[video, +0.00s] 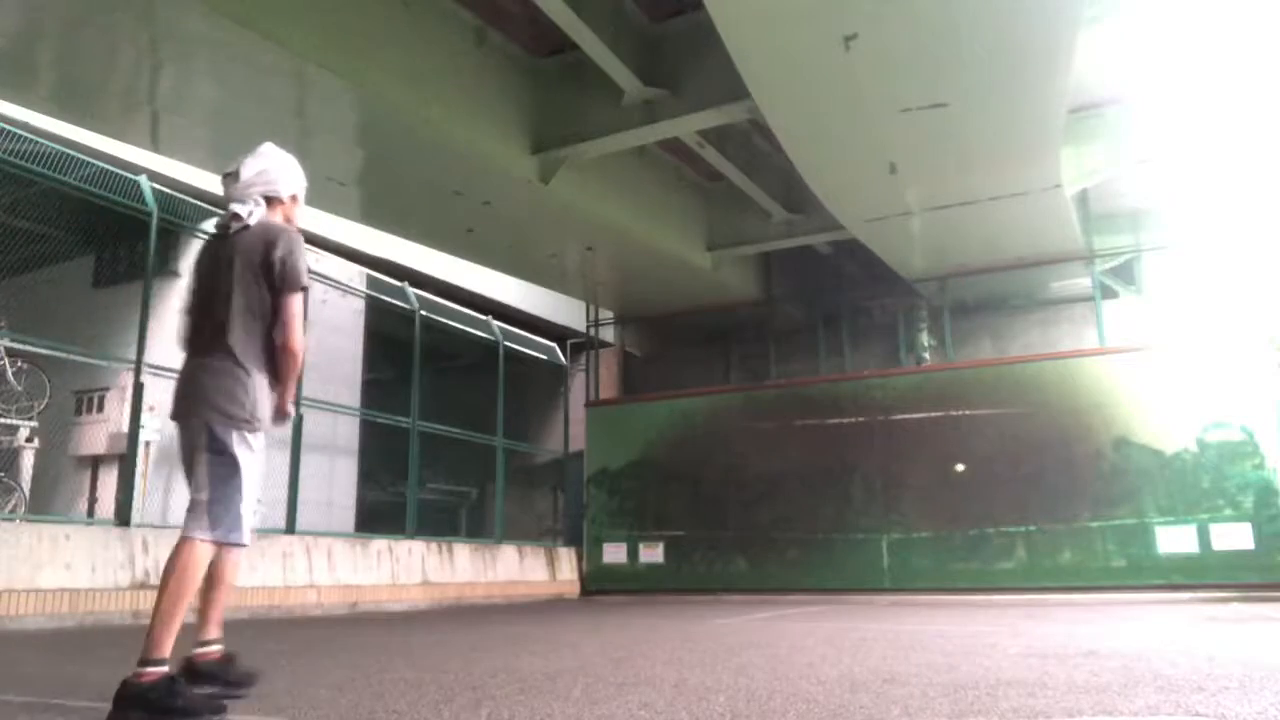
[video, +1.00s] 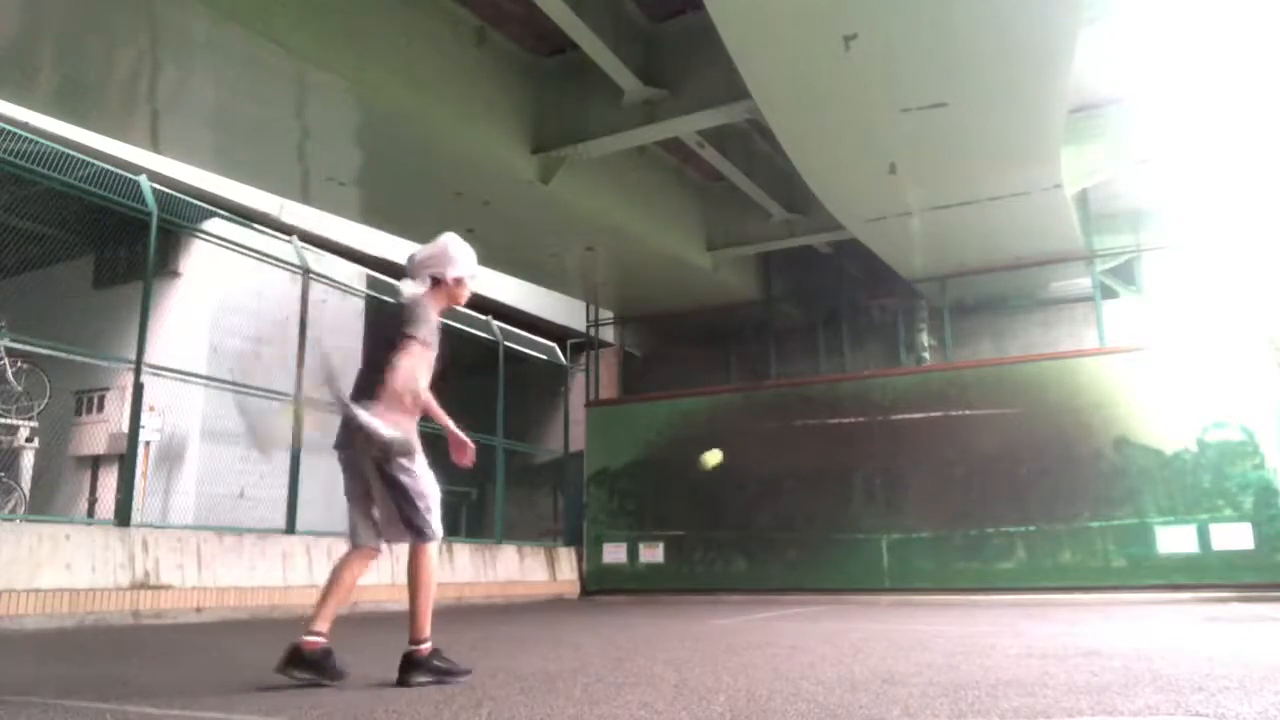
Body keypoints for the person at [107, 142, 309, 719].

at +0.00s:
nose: (301, 212)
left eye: (302, 202)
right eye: (300, 202)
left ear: (246, 197)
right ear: (282, 199)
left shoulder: (214, 246)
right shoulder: (282, 241)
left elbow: (196, 330)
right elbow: (290, 339)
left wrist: (230, 371)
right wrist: (285, 394)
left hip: (199, 392)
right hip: (235, 397)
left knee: (230, 529)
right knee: (203, 529)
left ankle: (208, 652)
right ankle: (149, 671)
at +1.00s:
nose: (469, 290)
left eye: (470, 281)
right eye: (467, 281)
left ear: (434, 278)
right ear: (447, 279)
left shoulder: (405, 313)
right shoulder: (423, 317)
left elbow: (416, 386)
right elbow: (398, 379)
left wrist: (451, 429)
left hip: (357, 435)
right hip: (391, 436)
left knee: (367, 543)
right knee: (426, 536)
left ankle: (311, 643)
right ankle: (421, 652)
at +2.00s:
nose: (408, 291)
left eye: (405, 285)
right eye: (406, 285)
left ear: (361, 284)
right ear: (394, 286)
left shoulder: (338, 323)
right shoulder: (405, 318)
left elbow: (319, 393)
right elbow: (406, 394)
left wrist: (341, 432)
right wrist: (395, 446)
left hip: (327, 444)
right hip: (369, 446)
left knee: (341, 543)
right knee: (359, 546)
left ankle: (316, 642)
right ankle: (317, 642)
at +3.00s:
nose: (577, 311)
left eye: (577, 303)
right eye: (573, 303)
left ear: (546, 303)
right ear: (555, 304)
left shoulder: (539, 346)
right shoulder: (530, 338)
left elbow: (550, 401)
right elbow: (495, 386)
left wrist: (590, 442)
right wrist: (479, 416)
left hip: (478, 447)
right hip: (495, 447)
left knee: (479, 551)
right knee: (552, 543)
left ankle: (402, 634)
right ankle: (506, 647)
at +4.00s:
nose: (700, 266)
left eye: (681, 257)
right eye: (703, 259)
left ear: (665, 264)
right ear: (705, 265)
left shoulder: (638, 313)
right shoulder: (721, 308)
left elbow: (619, 386)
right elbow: (753, 378)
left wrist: (649, 386)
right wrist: (736, 406)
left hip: (646, 437)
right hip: (697, 434)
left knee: (670, 543)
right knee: (716, 546)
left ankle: (681, 648)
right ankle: (722, 659)